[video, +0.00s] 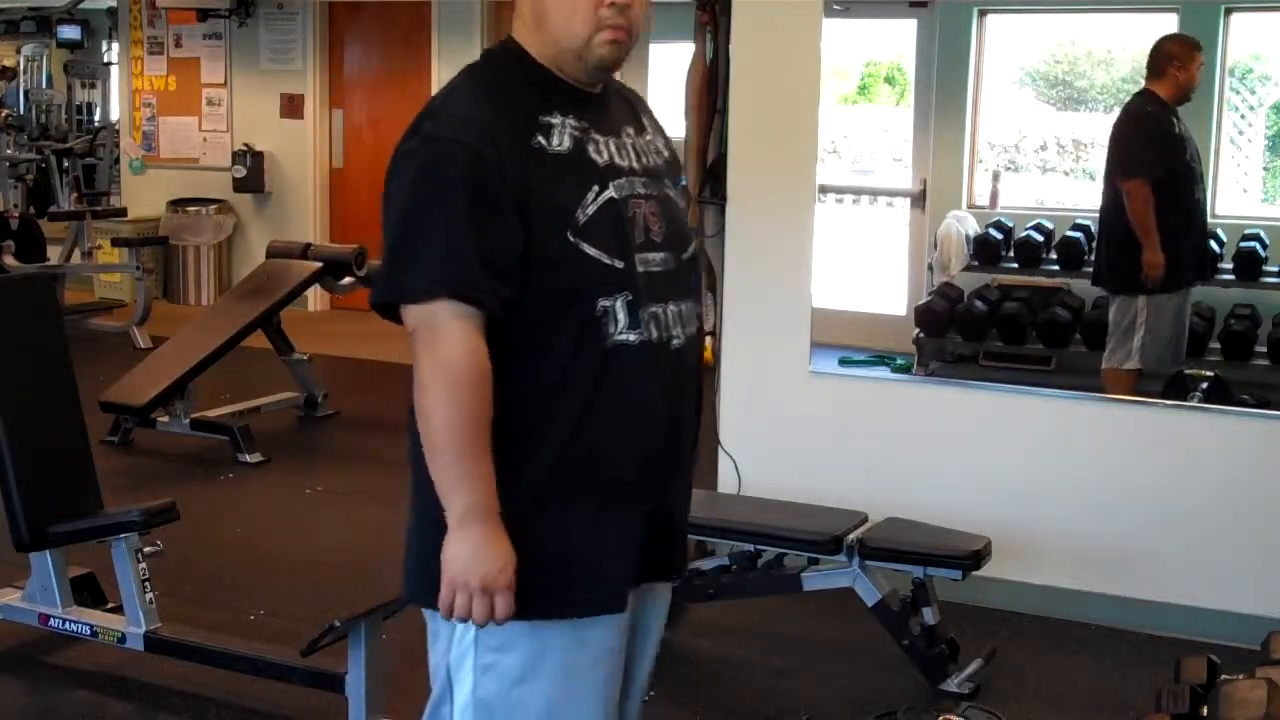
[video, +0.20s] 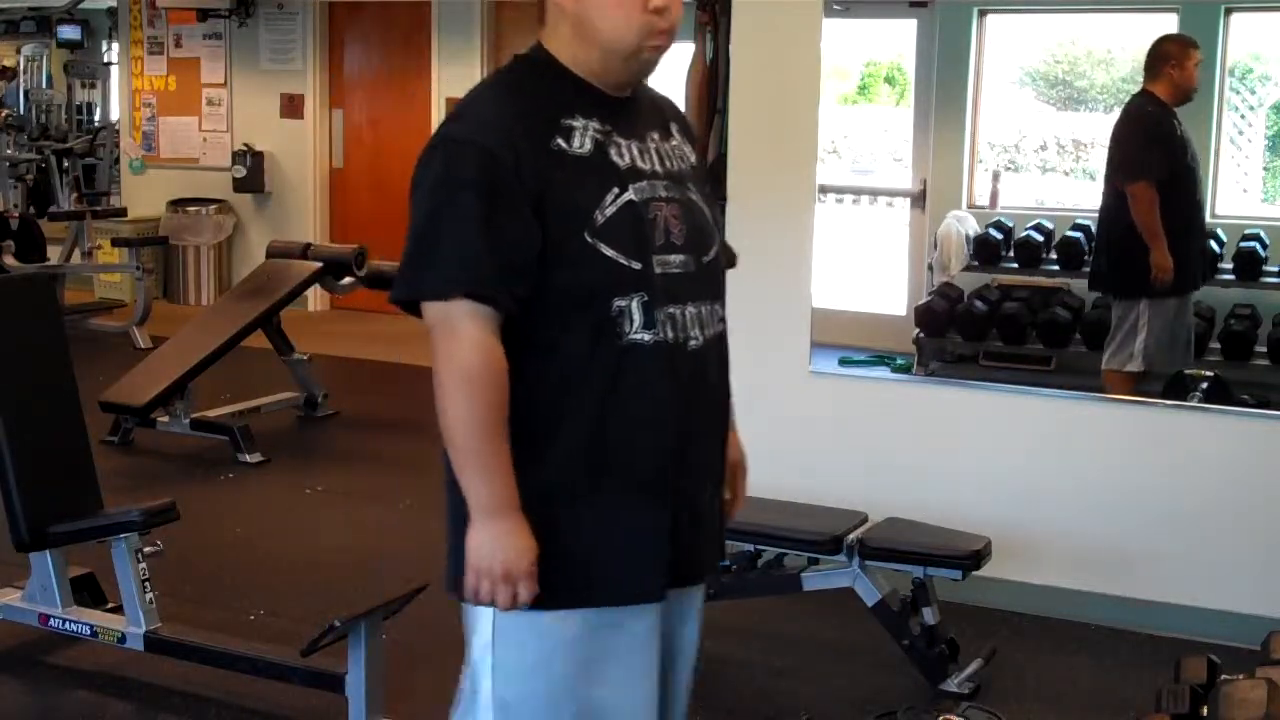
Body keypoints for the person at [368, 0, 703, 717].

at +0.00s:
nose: (624, 3)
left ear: (648, 7)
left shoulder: (634, 116)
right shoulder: (465, 129)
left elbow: (655, 311)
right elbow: (442, 328)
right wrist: (471, 520)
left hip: (638, 534)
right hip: (527, 552)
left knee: (604, 707)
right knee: (522, 709)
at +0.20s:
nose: (670, 10)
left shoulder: (668, 126)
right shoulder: (490, 133)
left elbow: (688, 304)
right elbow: (461, 328)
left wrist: (718, 425)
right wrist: (493, 513)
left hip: (673, 521)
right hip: (554, 539)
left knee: (654, 708)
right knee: (550, 711)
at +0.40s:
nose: (683, 17)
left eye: (689, 1)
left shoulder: (682, 126)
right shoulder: (498, 131)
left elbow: (708, 298)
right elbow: (469, 326)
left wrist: (743, 416)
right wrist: (510, 504)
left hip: (683, 509)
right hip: (566, 523)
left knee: (667, 711)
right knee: (538, 713)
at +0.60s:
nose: (684, 25)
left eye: (691, 6)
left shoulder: (670, 129)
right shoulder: (496, 128)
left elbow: (690, 308)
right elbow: (467, 328)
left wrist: (728, 425)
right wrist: (501, 509)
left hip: (676, 526)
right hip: (552, 544)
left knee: (675, 713)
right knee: (530, 713)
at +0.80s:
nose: (674, 26)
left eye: (677, 7)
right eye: (659, 3)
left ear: (591, 5)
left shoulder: (647, 128)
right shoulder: (484, 127)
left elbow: (668, 318)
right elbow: (457, 334)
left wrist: (686, 462)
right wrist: (502, 522)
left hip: (646, 536)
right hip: (530, 557)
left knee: (652, 712)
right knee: (517, 711)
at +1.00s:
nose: (666, 61)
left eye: (675, 39)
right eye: (657, 34)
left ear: (586, 13)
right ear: (583, 8)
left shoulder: (621, 134)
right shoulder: (472, 138)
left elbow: (620, 322)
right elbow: (443, 353)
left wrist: (660, 448)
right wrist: (486, 542)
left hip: (634, 549)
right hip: (514, 572)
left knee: (658, 695)